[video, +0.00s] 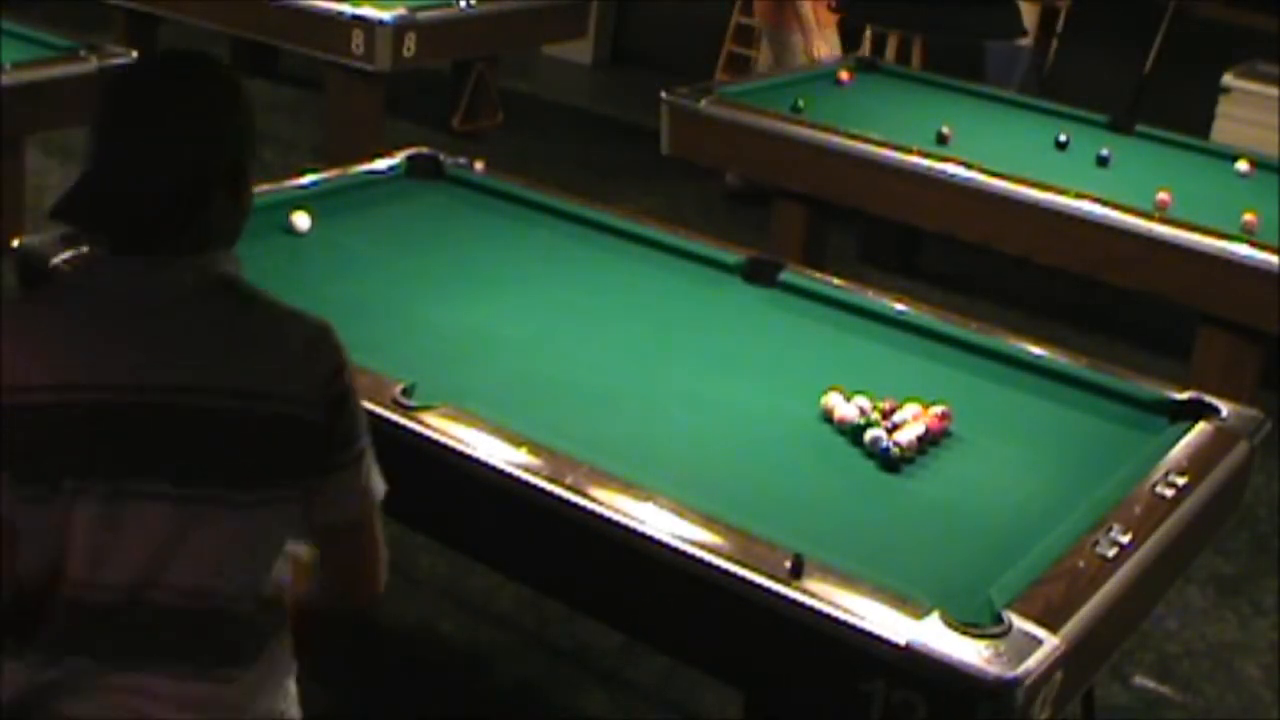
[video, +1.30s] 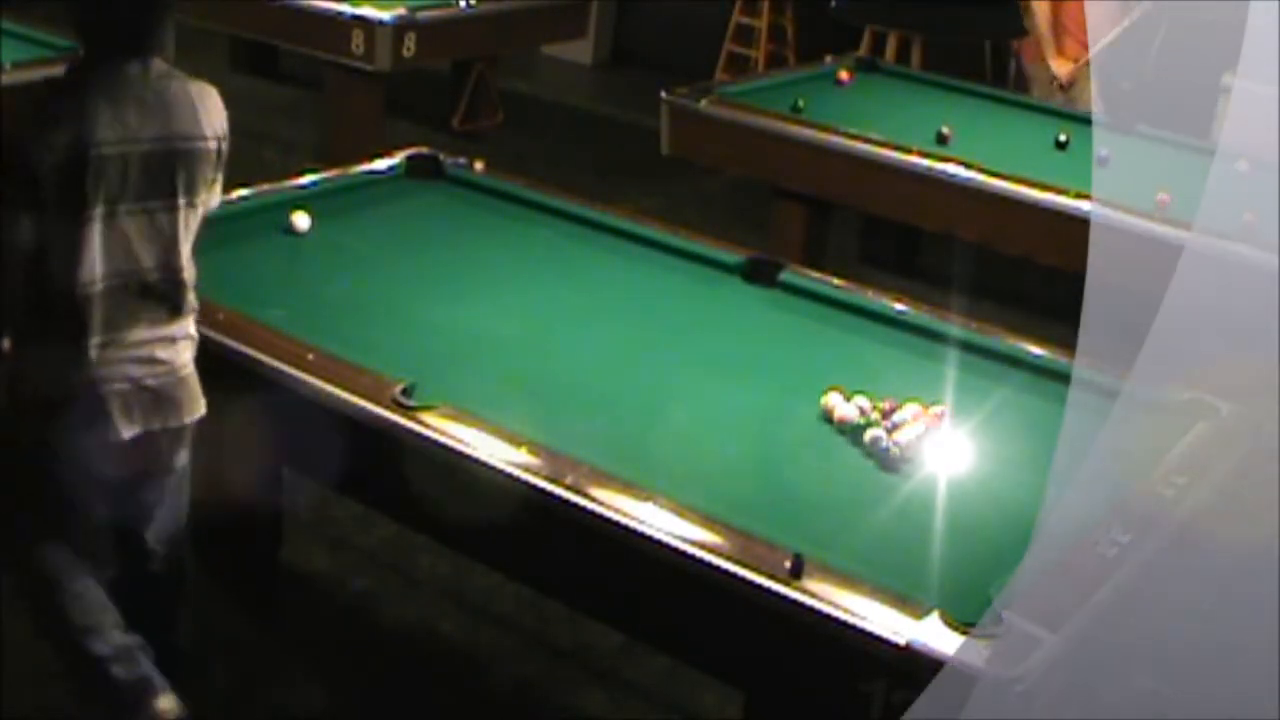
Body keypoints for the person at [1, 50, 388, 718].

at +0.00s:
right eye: (246, 168)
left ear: (100, 171)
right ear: (238, 184)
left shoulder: (24, 330)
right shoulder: (300, 353)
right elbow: (359, 581)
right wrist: (256, 574)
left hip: (42, 689)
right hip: (234, 698)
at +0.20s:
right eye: (274, 162)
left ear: (141, 171)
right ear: (264, 173)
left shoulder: (54, 316)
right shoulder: (330, 323)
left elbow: (18, 529)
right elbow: (372, 507)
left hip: (100, 681)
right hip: (268, 690)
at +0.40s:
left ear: (133, 152)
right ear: (243, 150)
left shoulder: (65, 290)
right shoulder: (306, 280)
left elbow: (45, 486)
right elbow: (352, 428)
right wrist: (339, 278)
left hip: (126, 638)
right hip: (279, 646)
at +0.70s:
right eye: (215, 70)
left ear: (108, 83)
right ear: (220, 84)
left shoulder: (52, 218)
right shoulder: (271, 201)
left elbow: (31, 402)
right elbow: (312, 333)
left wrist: (86, 490)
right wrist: (322, 214)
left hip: (127, 542)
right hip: (261, 537)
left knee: (163, 691)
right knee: (287, 677)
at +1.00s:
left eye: (110, 51)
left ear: (106, 60)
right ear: (203, 62)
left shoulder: (49, 174)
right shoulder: (245, 169)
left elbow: (20, 327)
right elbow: (261, 307)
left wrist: (43, 418)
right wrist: (258, 171)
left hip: (103, 472)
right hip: (218, 470)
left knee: (165, 680)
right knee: (181, 667)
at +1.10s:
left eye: (109, 41)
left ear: (107, 51)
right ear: (194, 51)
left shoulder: (61, 151)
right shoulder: (239, 149)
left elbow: (23, 293)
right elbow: (244, 273)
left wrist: (23, 384)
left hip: (93, 445)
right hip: (198, 437)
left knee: (141, 638)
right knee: (165, 618)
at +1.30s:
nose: (83, 25)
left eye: (87, 15)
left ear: (89, 20)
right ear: (164, 22)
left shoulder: (51, 111)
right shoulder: (207, 110)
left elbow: (25, 245)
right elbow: (195, 214)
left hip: (80, 389)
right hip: (174, 379)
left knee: (58, 546)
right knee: (158, 558)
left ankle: (146, 696)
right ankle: (164, 692)